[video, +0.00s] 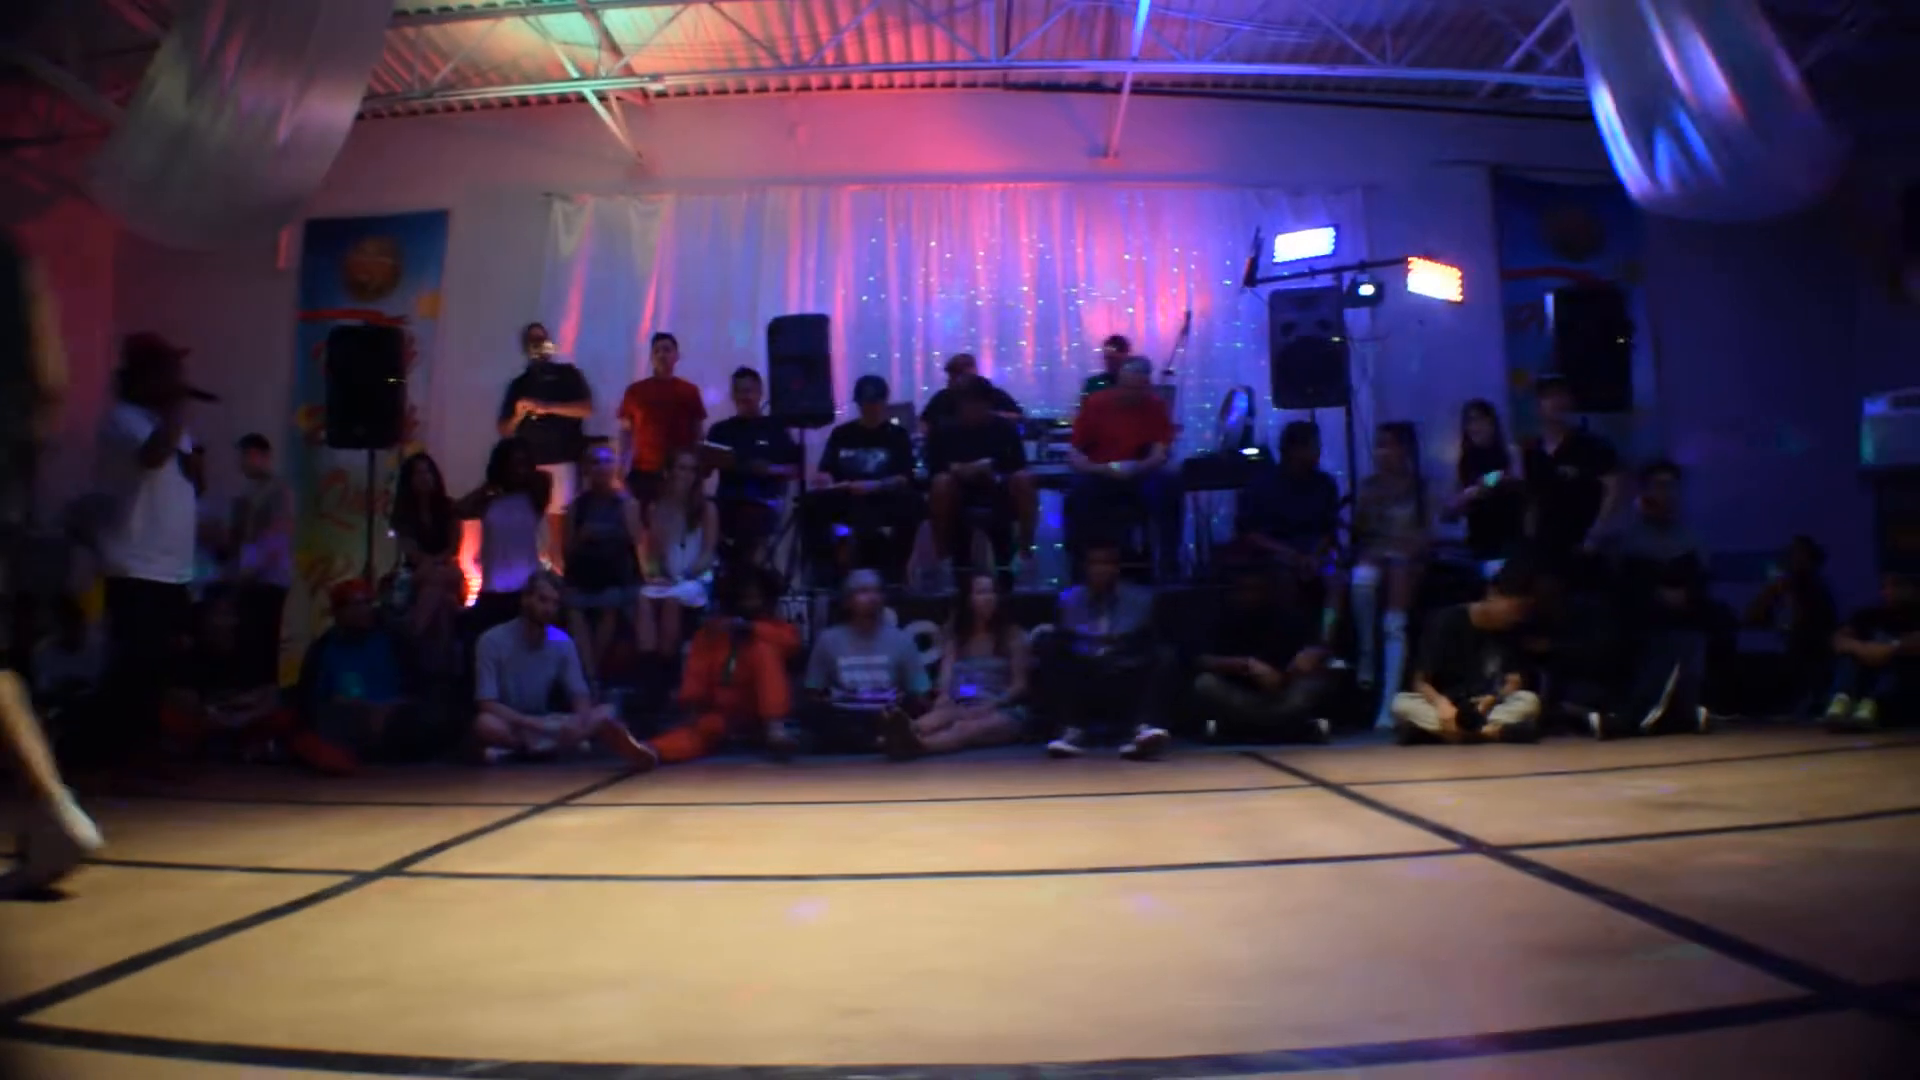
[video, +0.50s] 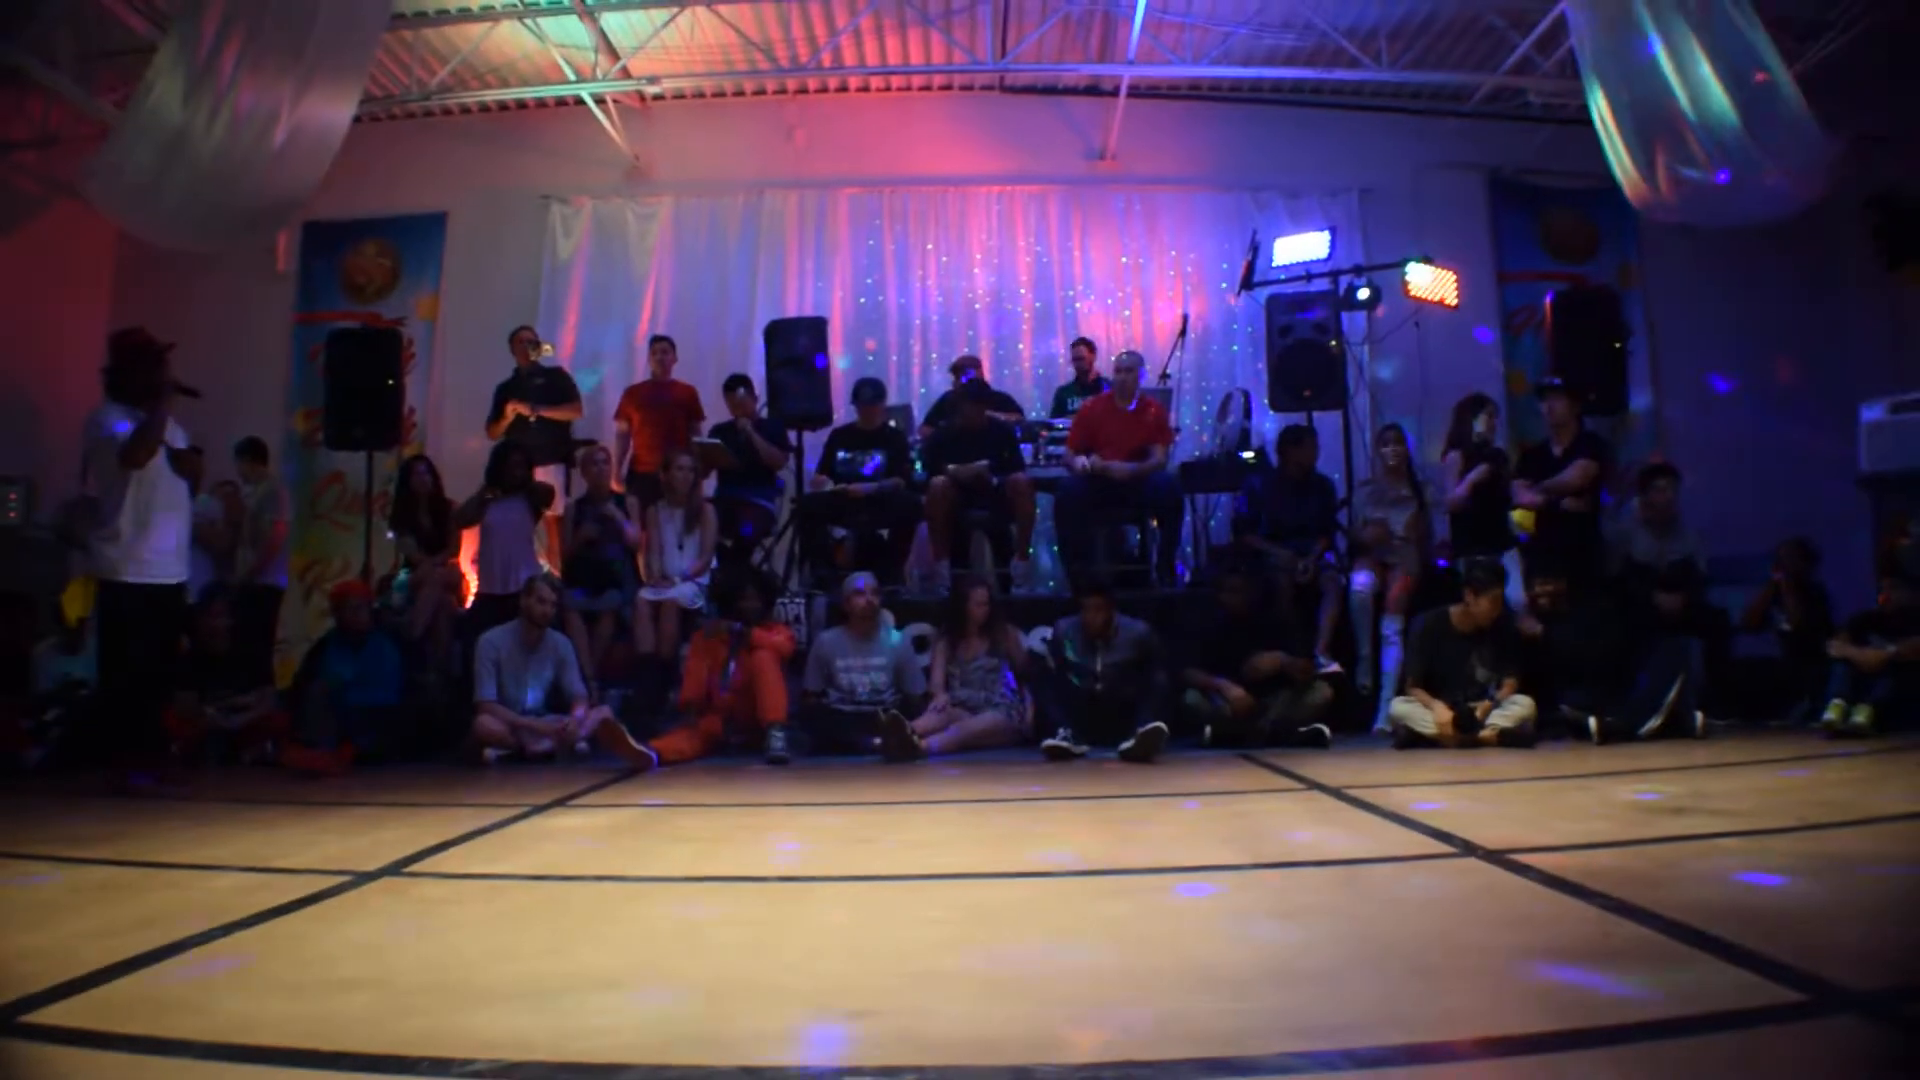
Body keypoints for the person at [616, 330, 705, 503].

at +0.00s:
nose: (661, 355)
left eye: (667, 350)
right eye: (657, 350)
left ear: (677, 355)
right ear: (651, 356)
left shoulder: (689, 392)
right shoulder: (635, 391)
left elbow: (697, 433)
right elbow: (625, 432)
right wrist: (620, 469)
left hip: (678, 473)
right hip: (643, 472)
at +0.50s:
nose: (659, 357)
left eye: (665, 352)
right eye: (655, 353)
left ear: (675, 358)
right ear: (649, 359)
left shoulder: (687, 393)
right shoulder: (633, 393)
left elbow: (696, 435)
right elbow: (622, 435)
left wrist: (697, 476)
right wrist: (616, 475)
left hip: (678, 476)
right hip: (642, 475)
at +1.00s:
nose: (686, 357)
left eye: (691, 351)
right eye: (681, 352)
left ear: (701, 357)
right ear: (675, 358)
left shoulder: (714, 393)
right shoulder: (659, 393)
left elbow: (723, 434)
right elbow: (649, 434)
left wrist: (722, 473)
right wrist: (643, 473)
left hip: (705, 475)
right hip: (669, 474)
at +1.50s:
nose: (682, 358)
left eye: (688, 353)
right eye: (678, 354)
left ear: (698, 359)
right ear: (673, 360)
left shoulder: (711, 394)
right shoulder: (657, 394)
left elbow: (719, 436)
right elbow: (646, 436)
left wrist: (718, 476)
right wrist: (640, 477)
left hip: (700, 477)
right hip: (665, 475)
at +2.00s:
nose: (669, 362)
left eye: (675, 357)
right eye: (664, 357)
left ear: (685, 363)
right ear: (659, 363)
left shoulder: (698, 398)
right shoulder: (644, 398)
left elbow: (707, 437)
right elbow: (633, 440)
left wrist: (705, 473)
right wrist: (628, 478)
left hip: (689, 478)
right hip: (654, 478)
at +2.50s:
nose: (681, 360)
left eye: (685, 355)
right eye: (675, 355)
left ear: (690, 361)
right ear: (664, 362)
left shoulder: (703, 397)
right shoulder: (649, 397)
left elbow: (712, 438)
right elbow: (639, 440)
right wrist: (632, 477)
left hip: (694, 478)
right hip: (659, 477)